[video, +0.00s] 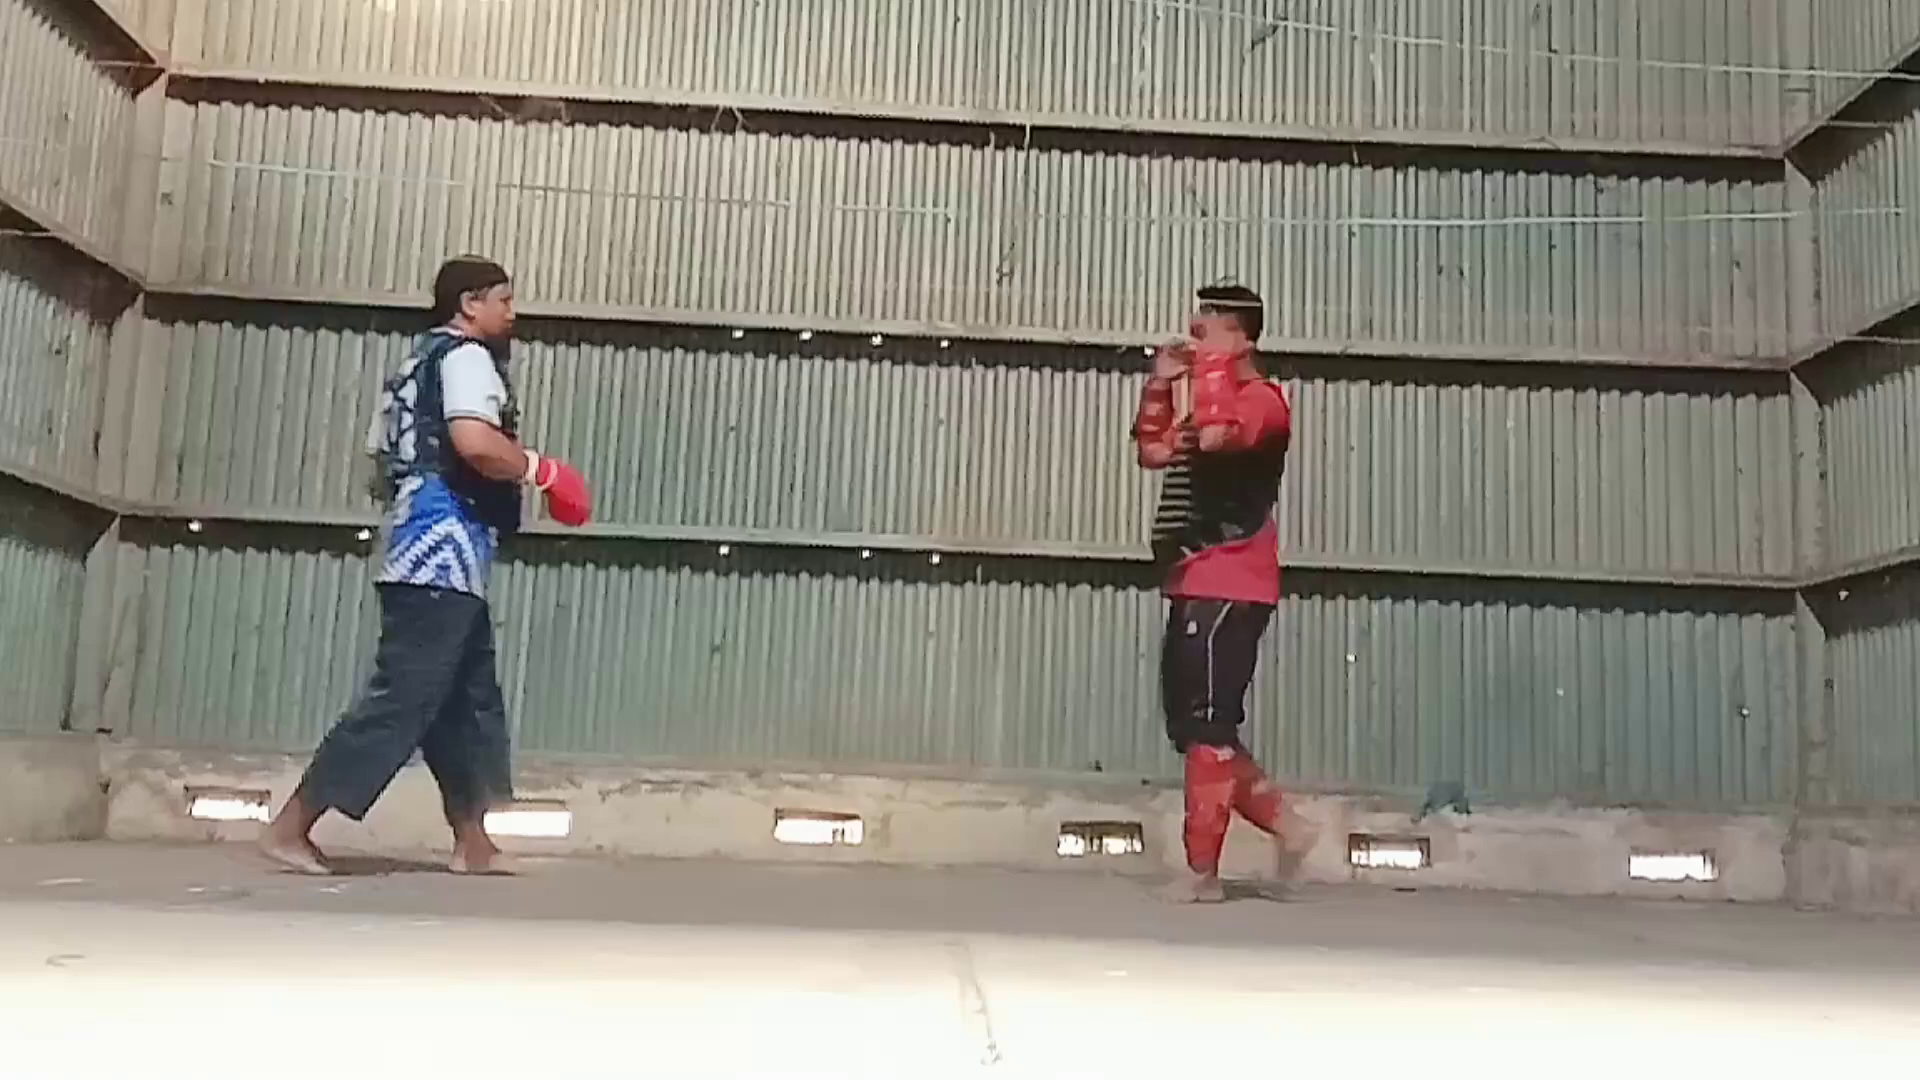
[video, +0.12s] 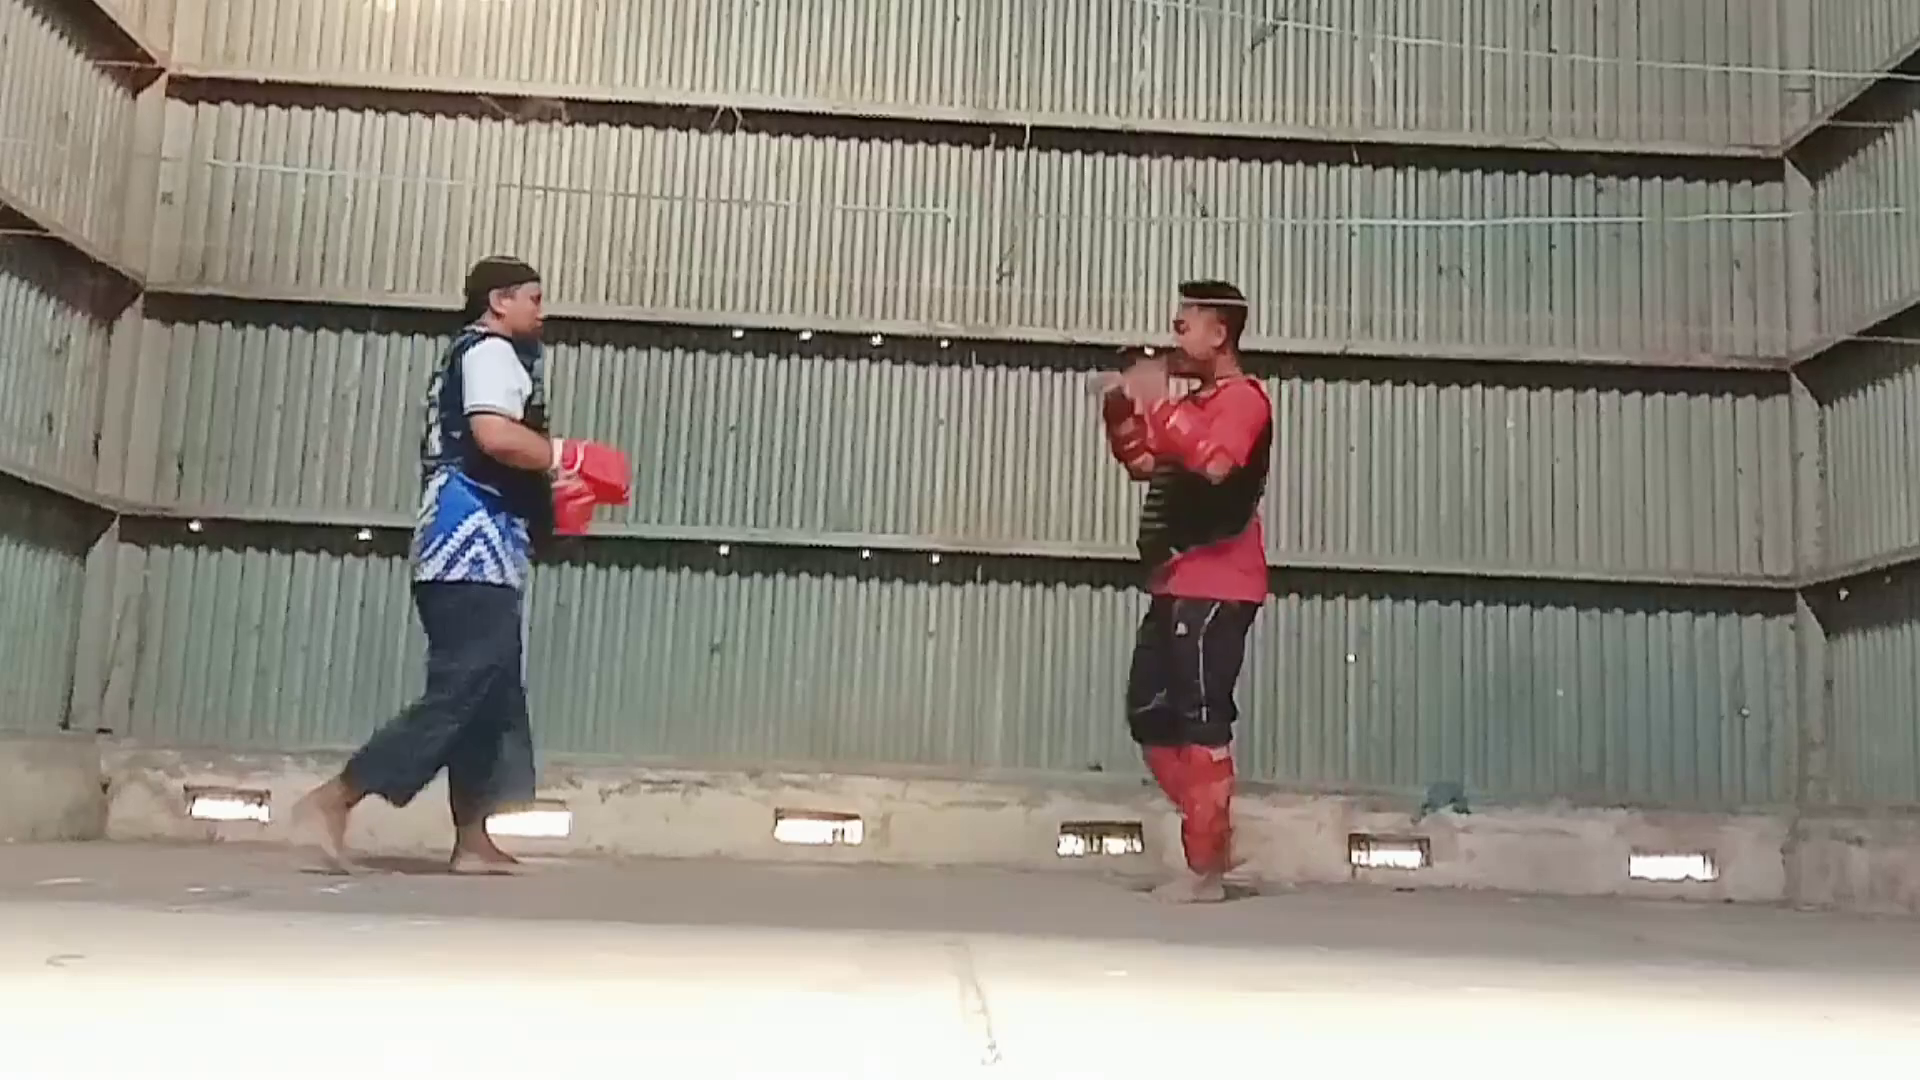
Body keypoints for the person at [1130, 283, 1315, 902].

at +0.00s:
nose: (1193, 331)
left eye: (1205, 323)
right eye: (1195, 322)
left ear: (1239, 335)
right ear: (1211, 334)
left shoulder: (1265, 399)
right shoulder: (1199, 395)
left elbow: (1219, 433)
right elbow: (1151, 453)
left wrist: (1205, 365)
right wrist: (1162, 381)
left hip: (1231, 580)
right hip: (1192, 580)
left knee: (1207, 721)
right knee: (1190, 722)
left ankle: (1202, 874)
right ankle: (1290, 829)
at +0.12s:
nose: (1175, 332)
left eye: (1186, 322)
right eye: (1177, 322)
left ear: (1222, 333)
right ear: (1199, 334)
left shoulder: (1243, 398)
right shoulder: (1187, 398)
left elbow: (1214, 459)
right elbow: (1141, 459)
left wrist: (1159, 402)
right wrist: (1116, 405)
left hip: (1219, 578)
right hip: (1176, 578)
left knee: (1202, 715)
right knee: (1151, 714)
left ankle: (1205, 872)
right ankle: (1213, 845)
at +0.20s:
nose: (1157, 336)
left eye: (1167, 324)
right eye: (1159, 325)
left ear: (1203, 330)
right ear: (1192, 334)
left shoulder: (1225, 398)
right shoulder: (1178, 401)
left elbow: (1211, 478)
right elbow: (1144, 460)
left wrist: (1122, 472)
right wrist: (1098, 439)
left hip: (1206, 584)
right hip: (1161, 582)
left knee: (1197, 717)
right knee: (1131, 705)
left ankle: (1201, 871)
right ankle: (1141, 856)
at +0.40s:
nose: (1125, 338)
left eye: (1135, 326)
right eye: (1127, 327)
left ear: (1171, 331)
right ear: (1160, 333)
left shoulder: (1200, 396)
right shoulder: (1135, 407)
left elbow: (1197, 493)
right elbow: (1074, 457)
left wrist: (1134, 566)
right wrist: (1032, 431)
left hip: (1184, 588)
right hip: (1129, 583)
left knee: (1186, 725)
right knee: (1102, 721)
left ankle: (1199, 874)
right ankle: (1080, 860)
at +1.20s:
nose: (1105, 340)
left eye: (1115, 330)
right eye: (1105, 330)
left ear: (1155, 335)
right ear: (1124, 338)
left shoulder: (1192, 404)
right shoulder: (1099, 414)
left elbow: (1208, 500)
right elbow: (1064, 484)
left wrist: (1166, 577)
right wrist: (1028, 505)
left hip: (1170, 597)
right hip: (1101, 598)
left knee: (1207, 725)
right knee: (1086, 724)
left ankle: (1245, 866)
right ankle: (1074, 862)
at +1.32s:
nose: (1142, 348)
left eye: (1152, 336)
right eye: (1142, 337)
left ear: (1190, 342)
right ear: (1159, 344)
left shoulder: (1227, 409)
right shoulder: (1138, 420)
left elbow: (1236, 506)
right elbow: (1115, 509)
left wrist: (1186, 580)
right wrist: (1083, 578)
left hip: (1205, 603)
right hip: (1136, 602)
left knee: (1232, 729)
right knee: (1108, 723)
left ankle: (1253, 874)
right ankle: (1077, 861)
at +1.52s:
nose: (1182, 345)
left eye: (1192, 334)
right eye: (1182, 334)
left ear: (1227, 337)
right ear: (1205, 339)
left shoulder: (1268, 407)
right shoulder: (1184, 409)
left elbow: (1291, 503)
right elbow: (1185, 500)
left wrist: (1276, 585)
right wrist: (1170, 576)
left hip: (1236, 598)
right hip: (1172, 597)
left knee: (1252, 731)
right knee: (1138, 716)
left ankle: (1257, 872)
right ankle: (1158, 858)